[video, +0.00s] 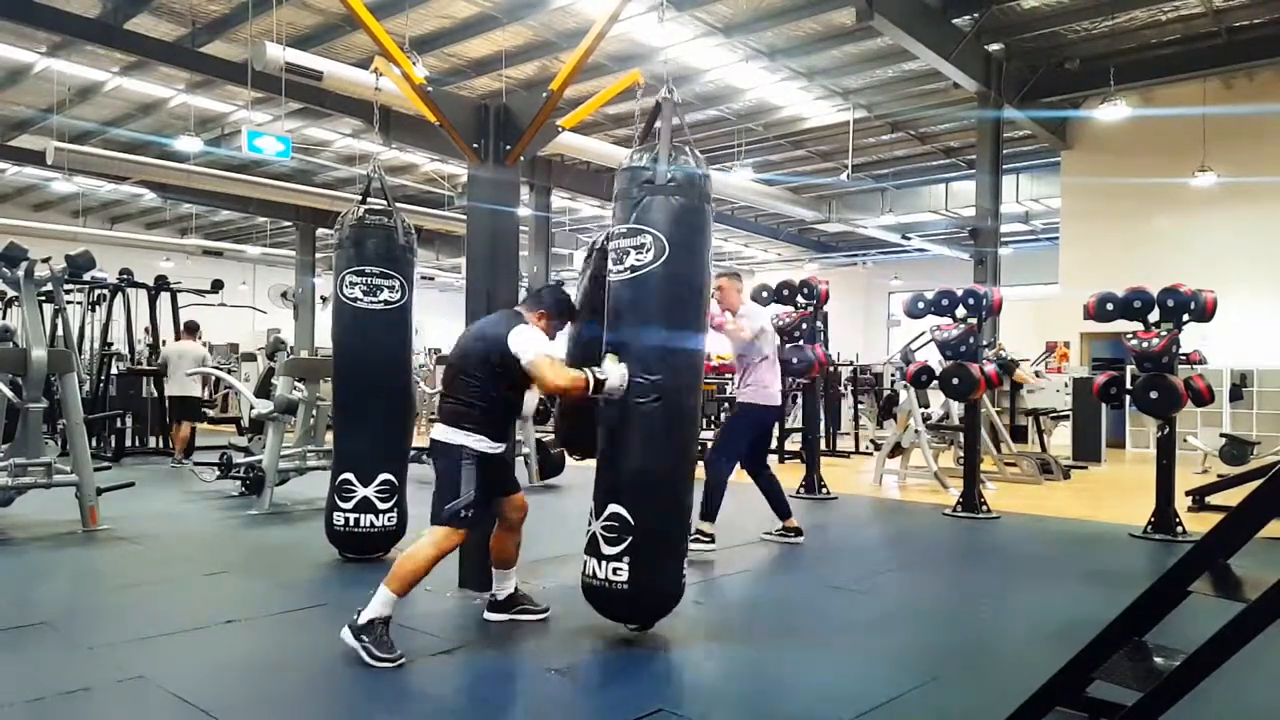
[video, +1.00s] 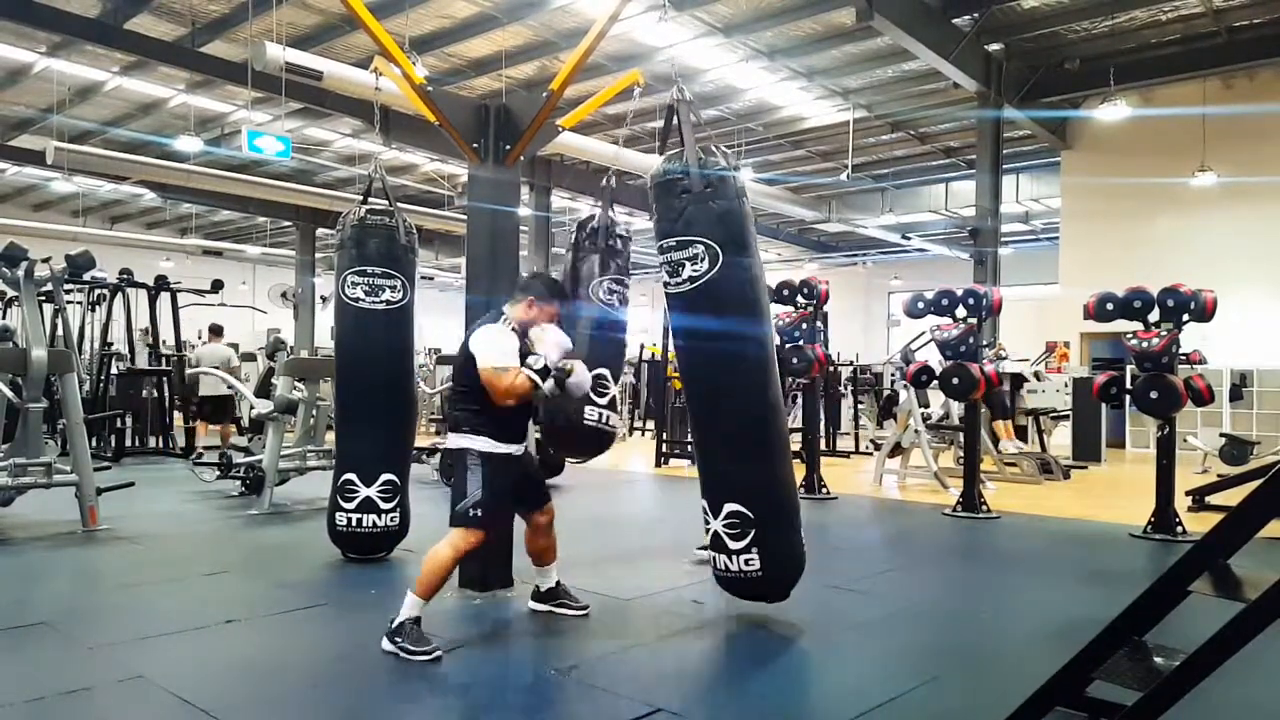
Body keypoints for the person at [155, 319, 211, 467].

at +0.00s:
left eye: (183, 331)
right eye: (197, 334)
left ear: (183, 331)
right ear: (197, 334)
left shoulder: (169, 348)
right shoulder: (201, 351)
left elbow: (161, 366)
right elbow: (208, 372)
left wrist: (169, 374)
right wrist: (206, 387)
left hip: (173, 391)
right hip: (192, 391)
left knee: (175, 423)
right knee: (187, 424)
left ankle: (178, 454)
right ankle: (178, 456)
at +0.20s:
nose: (195, 337)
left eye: (188, 333)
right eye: (198, 334)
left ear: (186, 333)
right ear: (200, 334)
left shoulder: (175, 350)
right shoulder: (206, 351)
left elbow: (165, 367)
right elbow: (214, 368)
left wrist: (176, 375)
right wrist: (207, 380)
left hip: (180, 391)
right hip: (198, 391)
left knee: (184, 423)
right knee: (191, 424)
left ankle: (192, 452)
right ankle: (179, 455)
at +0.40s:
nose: (191, 335)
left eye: (188, 332)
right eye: (199, 332)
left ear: (187, 333)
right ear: (201, 333)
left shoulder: (178, 351)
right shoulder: (208, 349)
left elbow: (171, 370)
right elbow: (216, 367)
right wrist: (211, 381)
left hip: (187, 392)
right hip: (205, 391)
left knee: (189, 424)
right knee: (206, 423)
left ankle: (193, 451)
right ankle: (189, 445)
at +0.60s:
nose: (199, 335)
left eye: (194, 333)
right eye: (203, 333)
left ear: (191, 333)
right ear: (206, 333)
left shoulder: (182, 352)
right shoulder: (213, 349)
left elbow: (177, 374)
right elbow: (221, 370)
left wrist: (180, 392)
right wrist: (221, 388)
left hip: (190, 393)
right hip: (210, 392)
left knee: (193, 423)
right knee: (216, 423)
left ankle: (195, 452)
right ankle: (212, 448)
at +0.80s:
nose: (202, 337)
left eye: (199, 335)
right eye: (210, 335)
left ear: (198, 335)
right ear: (213, 335)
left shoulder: (189, 353)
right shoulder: (219, 351)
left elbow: (181, 372)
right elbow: (226, 371)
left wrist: (183, 391)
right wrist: (230, 385)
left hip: (195, 394)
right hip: (215, 394)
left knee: (196, 423)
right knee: (221, 424)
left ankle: (196, 452)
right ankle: (222, 451)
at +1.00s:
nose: (210, 337)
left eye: (209, 334)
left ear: (209, 335)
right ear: (222, 335)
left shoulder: (199, 351)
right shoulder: (229, 351)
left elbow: (193, 369)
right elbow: (236, 370)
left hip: (205, 392)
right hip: (224, 392)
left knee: (202, 421)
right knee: (226, 424)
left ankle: (199, 448)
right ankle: (224, 450)